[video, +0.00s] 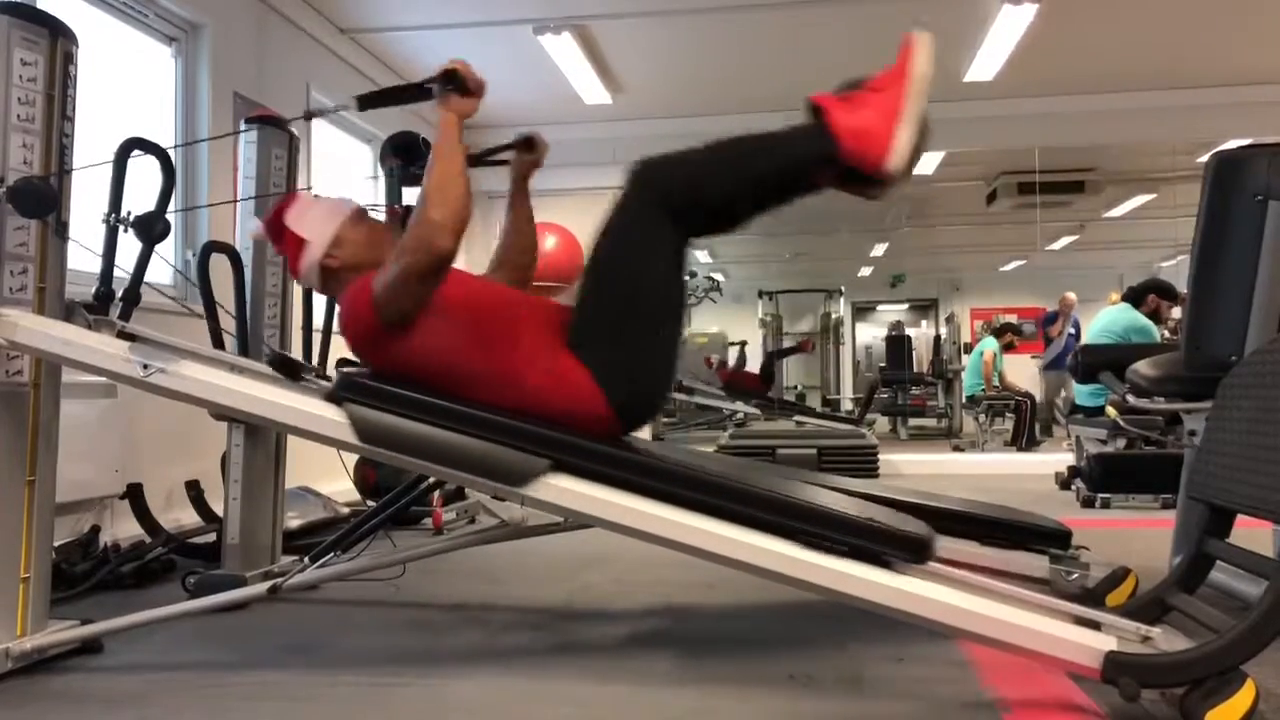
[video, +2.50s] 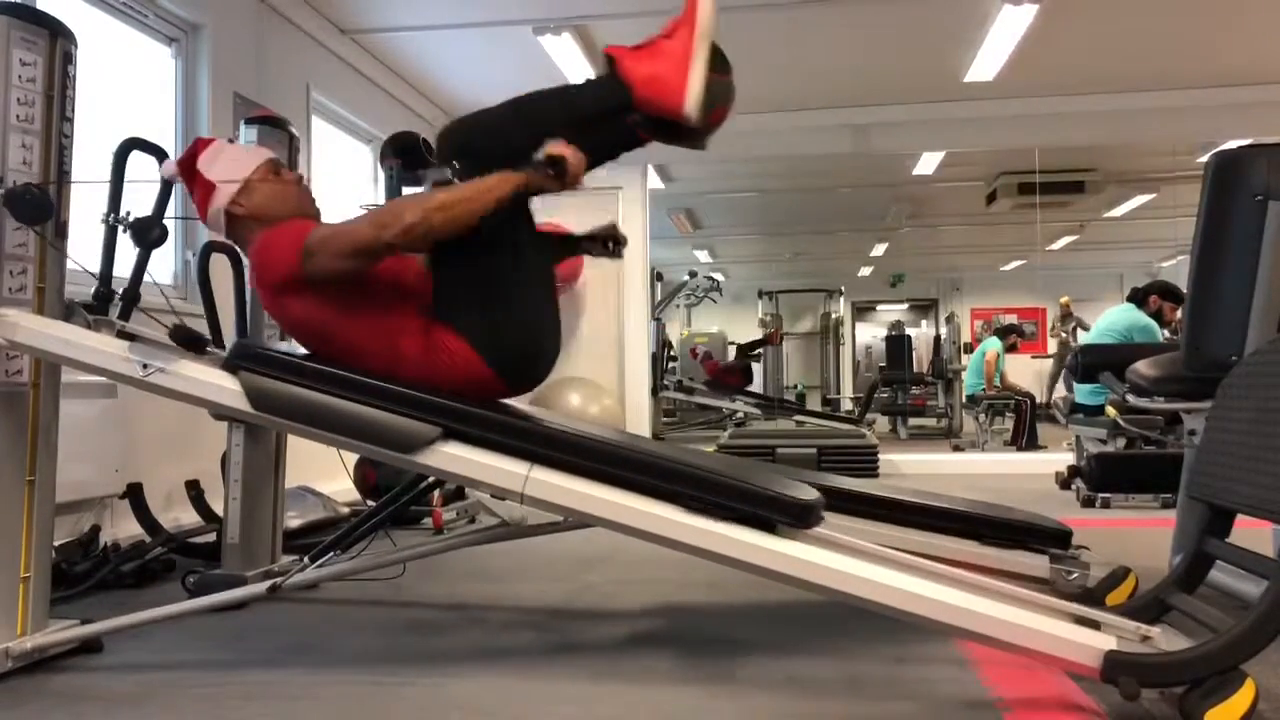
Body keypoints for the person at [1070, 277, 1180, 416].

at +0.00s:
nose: (1169, 315)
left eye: (1171, 309)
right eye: (1169, 308)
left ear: (1151, 301)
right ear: (1152, 301)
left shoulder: (1109, 311)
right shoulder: (1143, 325)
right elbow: (1156, 372)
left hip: (1083, 397)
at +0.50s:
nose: (1171, 316)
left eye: (1173, 309)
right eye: (1168, 308)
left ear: (1148, 300)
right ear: (1149, 300)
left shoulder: (1110, 312)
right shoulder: (1143, 325)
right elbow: (1158, 370)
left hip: (1082, 396)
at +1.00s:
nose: (1172, 316)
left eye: (1174, 309)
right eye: (1170, 308)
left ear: (1149, 300)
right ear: (1150, 300)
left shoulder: (1111, 311)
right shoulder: (1144, 325)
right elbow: (1159, 370)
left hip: (1082, 396)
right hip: (1102, 400)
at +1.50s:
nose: (1175, 318)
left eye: (1177, 311)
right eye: (1173, 309)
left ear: (1153, 301)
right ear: (1154, 301)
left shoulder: (1116, 312)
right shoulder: (1147, 325)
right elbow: (1159, 371)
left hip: (1083, 397)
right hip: (1104, 401)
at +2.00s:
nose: (1175, 319)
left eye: (1177, 312)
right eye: (1173, 310)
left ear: (1153, 302)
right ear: (1154, 302)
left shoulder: (1116, 312)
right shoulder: (1146, 325)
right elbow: (1160, 370)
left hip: (1083, 397)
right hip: (1102, 401)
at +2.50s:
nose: (1174, 319)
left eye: (1176, 311)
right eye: (1173, 310)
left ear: (1153, 302)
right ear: (1154, 302)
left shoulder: (1118, 311)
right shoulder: (1145, 325)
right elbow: (1160, 371)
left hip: (1082, 396)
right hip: (1101, 401)